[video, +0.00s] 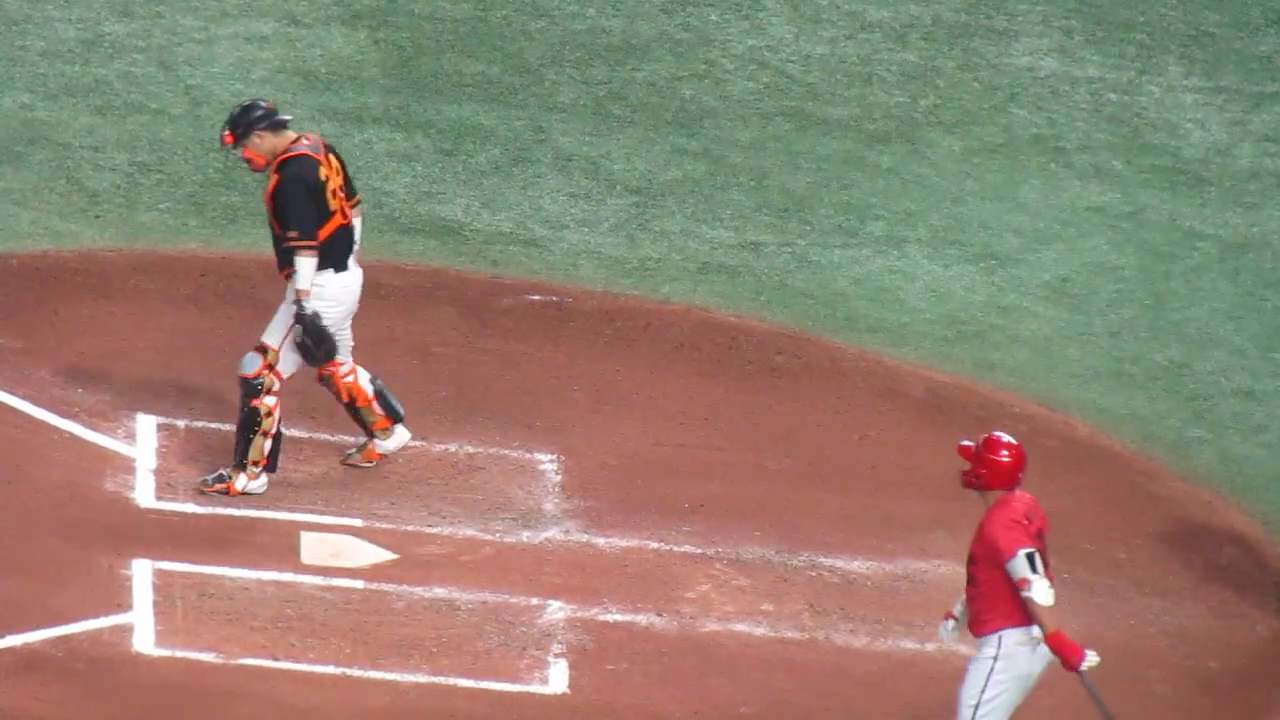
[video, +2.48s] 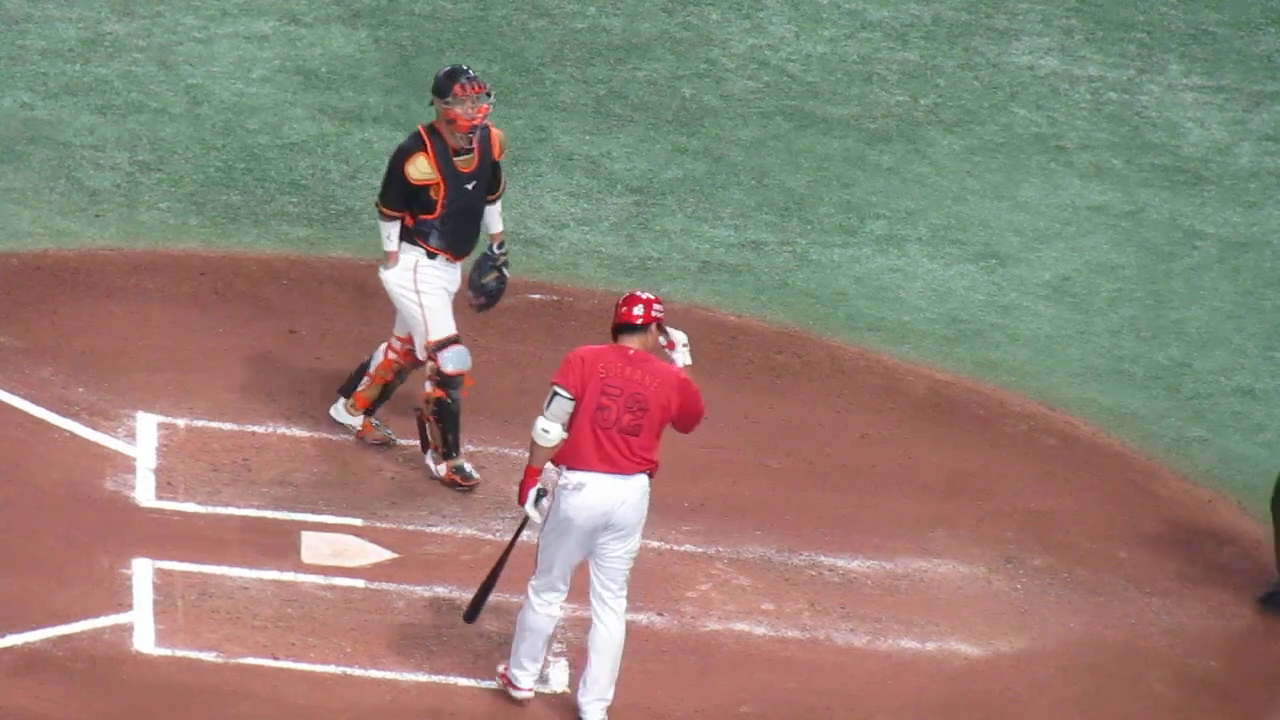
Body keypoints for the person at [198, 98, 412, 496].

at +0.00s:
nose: (245, 157)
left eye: (245, 147)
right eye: (241, 150)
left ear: (264, 135)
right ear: (268, 132)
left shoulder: (293, 174)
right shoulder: (317, 147)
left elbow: (304, 247)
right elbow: (352, 208)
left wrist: (302, 305)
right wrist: (348, 259)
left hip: (321, 284)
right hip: (343, 276)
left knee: (260, 369)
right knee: (335, 367)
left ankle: (251, 472)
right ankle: (387, 431)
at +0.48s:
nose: (196, 146)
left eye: (194, 135)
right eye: (191, 138)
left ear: (212, 123)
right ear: (227, 117)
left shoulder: (235, 159)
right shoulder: (275, 135)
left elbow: (232, 233)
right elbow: (310, 193)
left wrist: (197, 283)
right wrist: (309, 244)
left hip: (272, 273)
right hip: (298, 266)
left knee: (239, 370)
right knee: (253, 364)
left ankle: (248, 469)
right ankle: (264, 458)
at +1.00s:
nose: (214, 91)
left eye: (222, 86)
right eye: (215, 84)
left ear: (244, 94)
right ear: (234, 92)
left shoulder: (263, 138)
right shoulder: (230, 134)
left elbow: (272, 209)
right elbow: (240, 201)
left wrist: (260, 269)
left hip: (269, 257)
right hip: (242, 255)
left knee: (243, 360)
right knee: (221, 347)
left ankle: (251, 466)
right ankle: (243, 429)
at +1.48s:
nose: (244, 75)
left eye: (254, 70)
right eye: (244, 67)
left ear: (278, 78)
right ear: (250, 73)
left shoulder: (310, 128)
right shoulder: (236, 117)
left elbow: (336, 193)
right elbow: (249, 173)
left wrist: (338, 251)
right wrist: (260, 219)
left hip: (301, 244)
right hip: (254, 240)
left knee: (317, 338)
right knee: (238, 331)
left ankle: (328, 405)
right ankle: (247, 424)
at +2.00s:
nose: (391, 89)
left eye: (399, 80)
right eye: (382, 81)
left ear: (409, 83)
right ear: (365, 84)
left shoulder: (426, 125)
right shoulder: (339, 134)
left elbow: (431, 185)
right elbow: (319, 191)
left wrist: (433, 237)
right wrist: (322, 237)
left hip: (398, 249)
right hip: (351, 248)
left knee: (389, 336)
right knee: (322, 340)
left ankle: (345, 417)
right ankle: (275, 420)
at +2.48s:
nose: (472, 110)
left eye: (476, 102)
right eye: (462, 103)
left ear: (484, 103)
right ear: (440, 106)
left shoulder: (489, 140)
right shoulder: (413, 154)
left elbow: (492, 198)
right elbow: (389, 212)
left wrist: (497, 248)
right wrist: (391, 261)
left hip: (450, 267)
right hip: (412, 262)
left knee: (406, 349)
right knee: (450, 360)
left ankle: (351, 408)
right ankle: (443, 456)